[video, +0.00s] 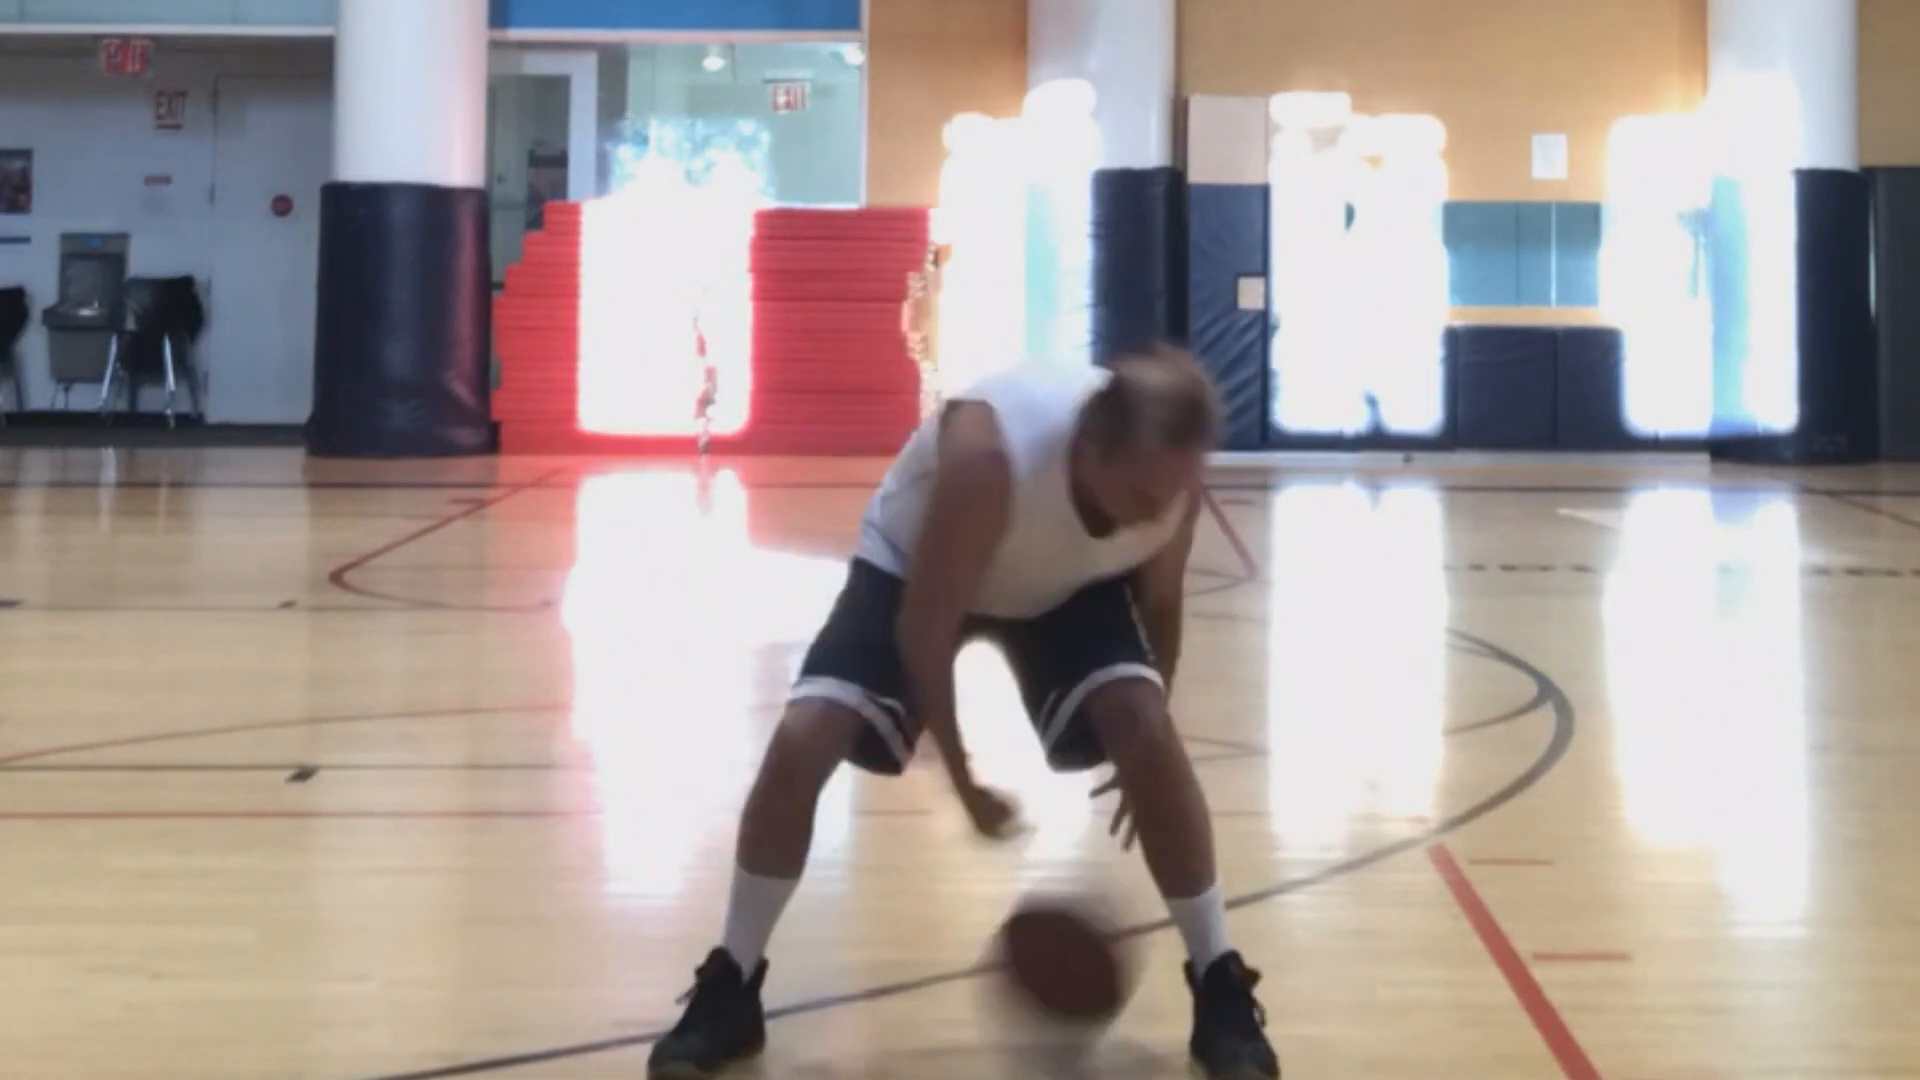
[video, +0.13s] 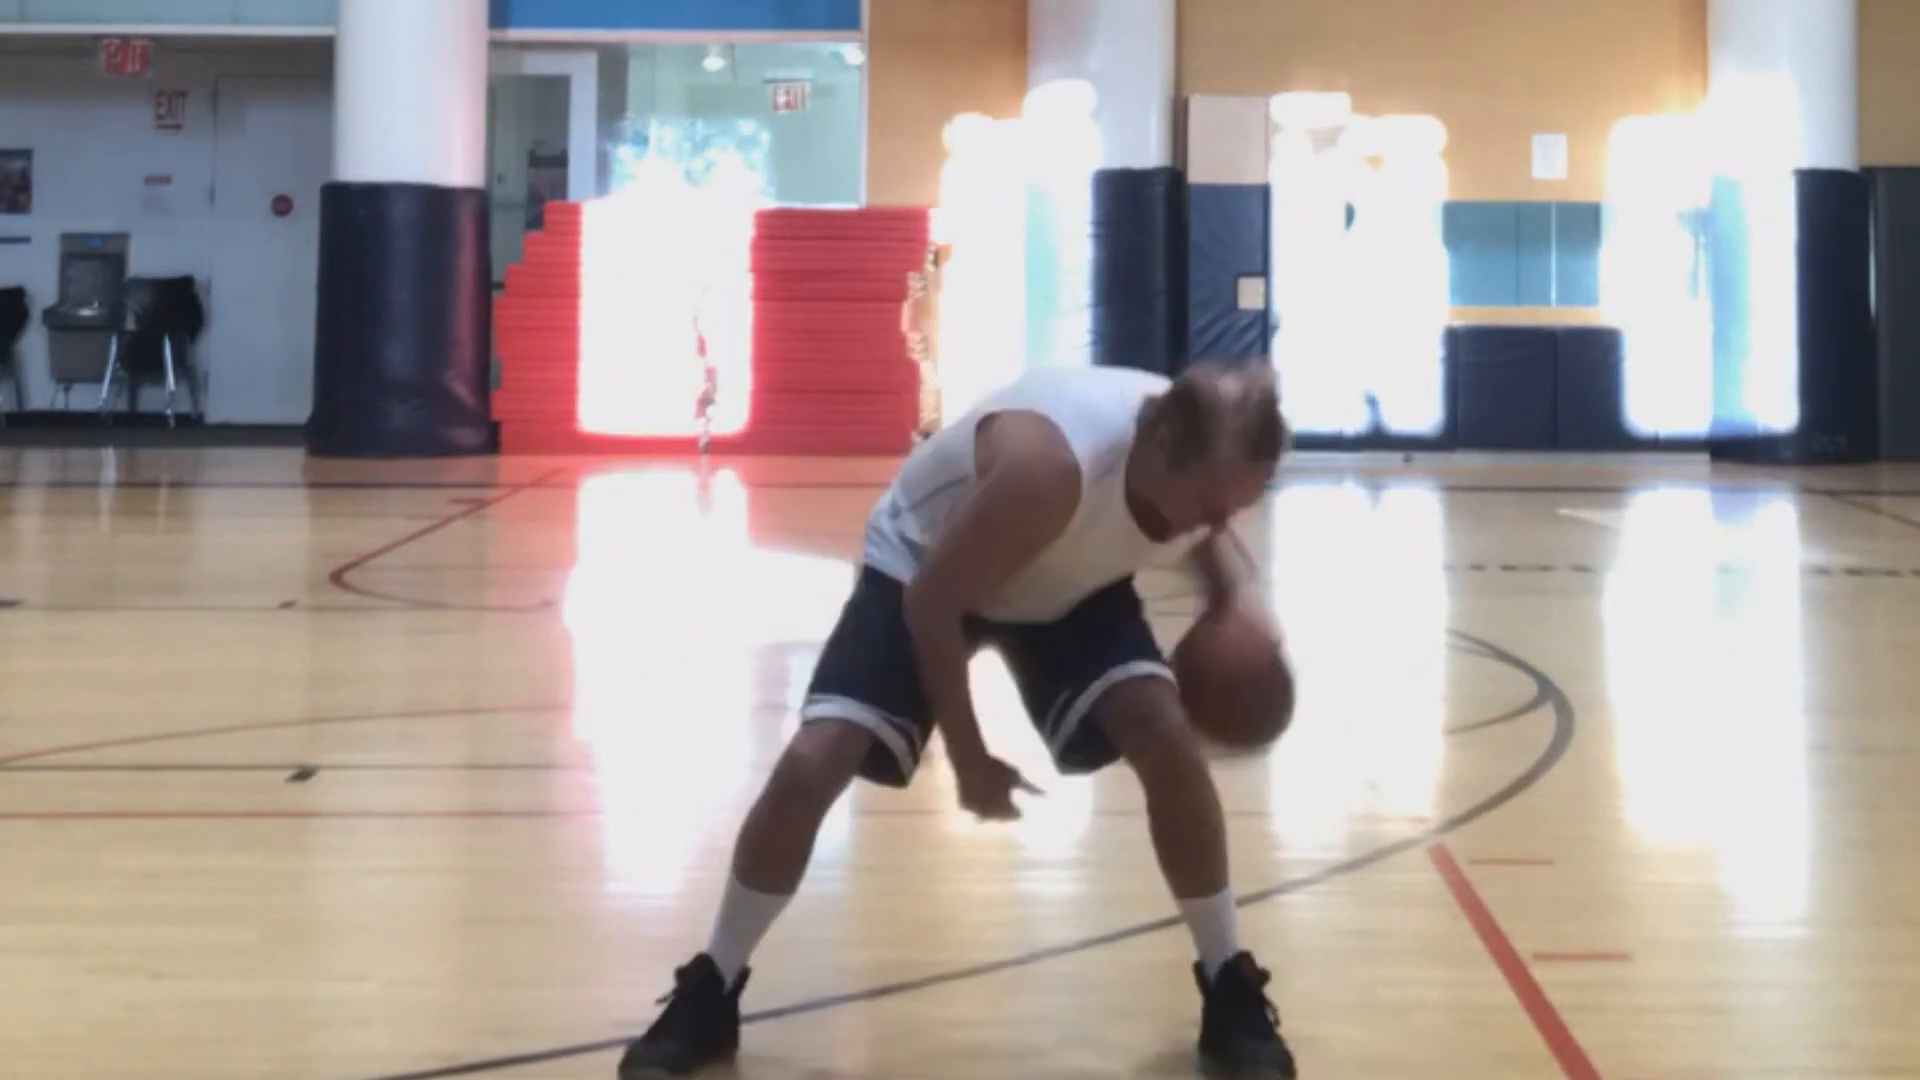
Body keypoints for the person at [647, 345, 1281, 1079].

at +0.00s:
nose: (1156, 512)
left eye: (1173, 496)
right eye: (1141, 494)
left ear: (1192, 465)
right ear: (1092, 446)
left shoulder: (1177, 478)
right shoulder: (991, 451)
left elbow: (1159, 605)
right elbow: (926, 624)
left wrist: (1143, 753)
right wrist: (965, 781)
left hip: (1067, 583)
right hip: (920, 564)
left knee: (1144, 727)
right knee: (800, 740)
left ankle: (1220, 985)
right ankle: (729, 986)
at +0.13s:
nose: (1218, 520)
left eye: (1235, 505)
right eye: (1208, 503)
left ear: (1251, 473)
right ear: (1162, 454)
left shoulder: (1201, 441)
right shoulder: (1041, 472)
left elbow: (1202, 516)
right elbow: (931, 600)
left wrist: (1235, 597)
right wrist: (970, 757)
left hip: (1073, 583)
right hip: (927, 568)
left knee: (1165, 738)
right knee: (813, 760)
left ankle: (1230, 990)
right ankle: (709, 990)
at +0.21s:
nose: (757, 480)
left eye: (769, 457)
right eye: (739, 463)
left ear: (820, 401)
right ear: (725, 420)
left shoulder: (936, 447)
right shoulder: (789, 400)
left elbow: (1065, 578)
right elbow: (750, 479)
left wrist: (1021, 753)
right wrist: (663, 563)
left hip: (1052, 564)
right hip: (912, 565)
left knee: (1122, 762)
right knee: (777, 726)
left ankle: (1223, 991)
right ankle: (699, 992)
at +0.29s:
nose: (746, 493)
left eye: (746, 473)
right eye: (734, 480)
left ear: (797, 422)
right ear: (735, 444)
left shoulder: (920, 455)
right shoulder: (787, 461)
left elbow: (1021, 601)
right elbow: (845, 594)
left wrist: (967, 736)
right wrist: (870, 746)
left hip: (1062, 580)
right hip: (910, 583)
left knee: (1138, 771)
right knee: (770, 732)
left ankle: (1230, 998)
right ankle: (683, 994)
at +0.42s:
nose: (1053, 427)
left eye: (1071, 408)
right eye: (1035, 409)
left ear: (1102, 364)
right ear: (998, 365)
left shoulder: (1147, 386)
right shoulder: (934, 380)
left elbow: (1226, 504)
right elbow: (861, 545)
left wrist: (1315, 624)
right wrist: (851, 716)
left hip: (1081, 551)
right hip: (933, 551)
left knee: (1154, 733)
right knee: (809, 736)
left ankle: (1244, 990)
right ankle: (679, 990)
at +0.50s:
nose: (1002, 396)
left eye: (1023, 379)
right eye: (984, 378)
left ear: (1057, 336)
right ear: (950, 328)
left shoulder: (1106, 360)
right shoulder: (883, 354)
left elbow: (1257, 429)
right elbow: (795, 467)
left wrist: (1375, 515)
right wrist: (741, 595)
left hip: (1062, 541)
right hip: (905, 548)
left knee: (1150, 728)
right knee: (803, 739)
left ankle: (1210, 987)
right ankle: (694, 997)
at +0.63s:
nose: (1148, 412)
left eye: (1165, 395)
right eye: (1132, 394)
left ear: (1190, 369)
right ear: (1093, 359)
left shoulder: (1213, 407)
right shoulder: (1004, 383)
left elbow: (1239, 541)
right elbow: (946, 578)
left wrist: (1256, 578)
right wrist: (965, 770)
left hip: (1110, 547)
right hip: (963, 545)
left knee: (1172, 721)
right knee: (847, 750)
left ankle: (1192, 994)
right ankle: (719, 994)